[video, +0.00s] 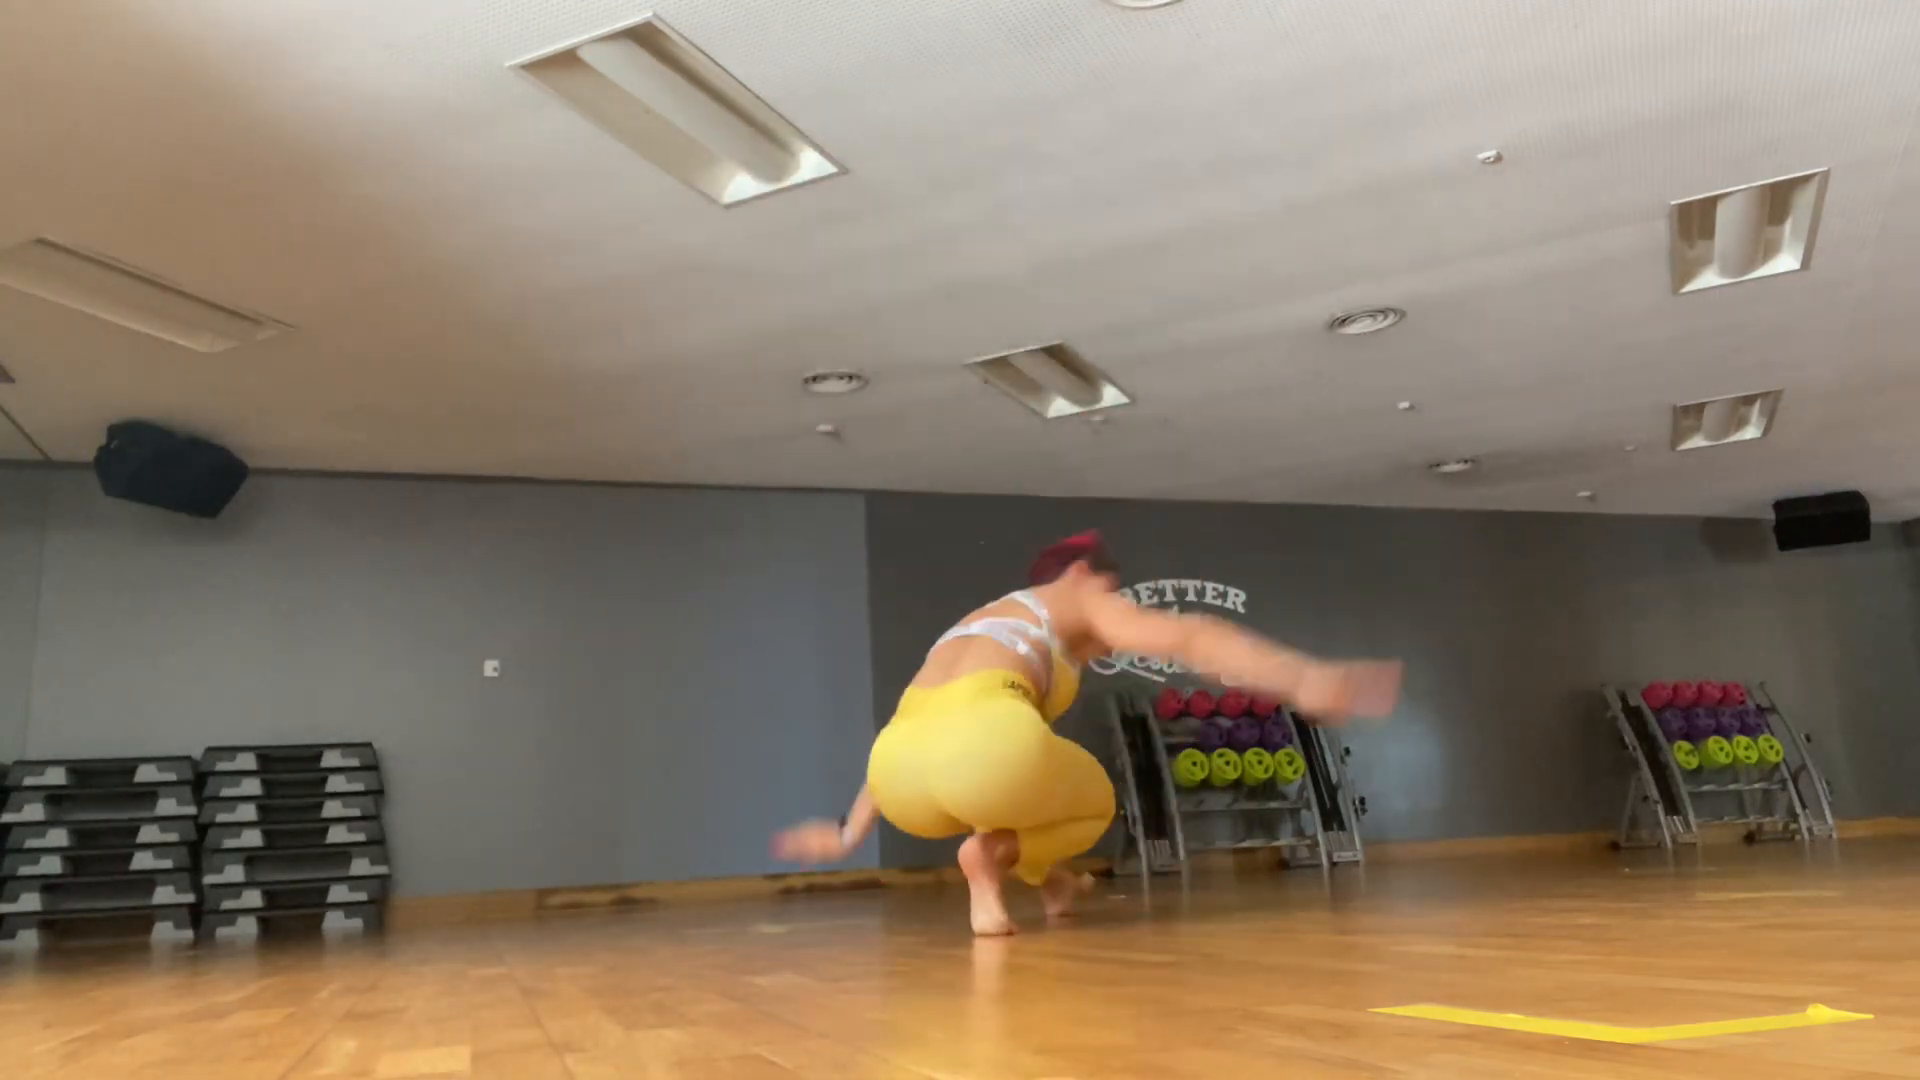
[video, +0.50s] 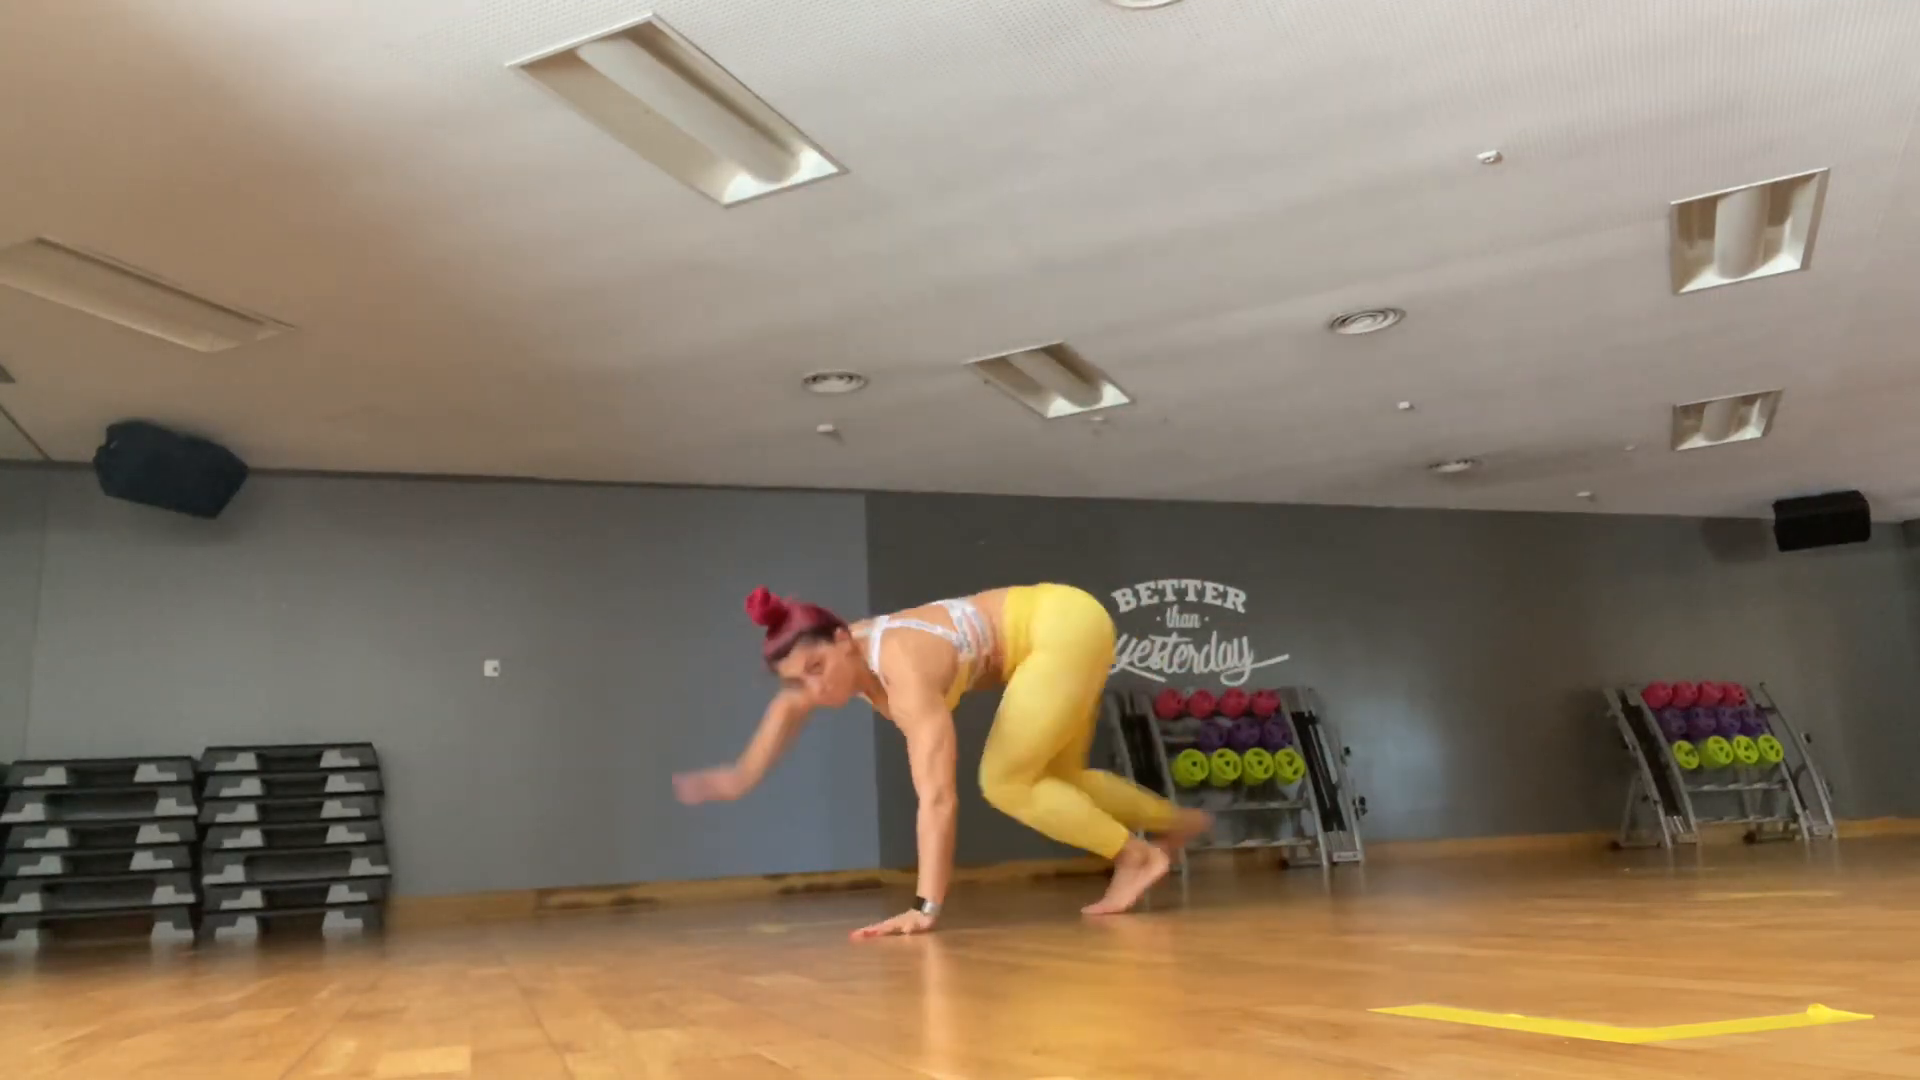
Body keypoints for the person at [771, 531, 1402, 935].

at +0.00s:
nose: (1112, 605)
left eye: (1110, 594)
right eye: (1108, 591)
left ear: (1046, 578)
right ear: (1085, 576)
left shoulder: (982, 625)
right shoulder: (1080, 597)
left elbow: (904, 723)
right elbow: (1186, 638)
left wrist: (848, 833)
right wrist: (1306, 678)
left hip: (901, 771)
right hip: (991, 747)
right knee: (1094, 801)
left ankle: (1058, 879)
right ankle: (988, 858)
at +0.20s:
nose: (879, 680)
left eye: (868, 666)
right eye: (867, 671)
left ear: (881, 638)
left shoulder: (909, 678)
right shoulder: (970, 579)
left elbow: (924, 780)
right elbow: (1019, 518)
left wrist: (921, 892)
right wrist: (997, 511)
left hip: (973, 684)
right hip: (1066, 650)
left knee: (1027, 770)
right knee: (1117, 816)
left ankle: (1105, 890)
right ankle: (1024, 846)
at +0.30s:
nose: (829, 691)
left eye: (822, 677)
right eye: (818, 683)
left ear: (845, 646)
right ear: (852, 632)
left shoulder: (901, 679)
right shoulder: (913, 593)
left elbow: (924, 791)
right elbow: (902, 559)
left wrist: (922, 900)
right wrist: (849, 570)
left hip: (1022, 653)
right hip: (1109, 621)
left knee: (1030, 761)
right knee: (1133, 791)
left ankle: (1102, 869)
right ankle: (1133, 861)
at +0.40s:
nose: (796, 700)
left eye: (795, 684)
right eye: (785, 691)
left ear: (829, 653)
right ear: (815, 653)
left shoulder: (899, 678)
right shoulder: (868, 629)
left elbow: (934, 800)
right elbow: (797, 641)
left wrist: (928, 907)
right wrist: (736, 674)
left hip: (1069, 638)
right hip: (1111, 631)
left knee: (1005, 783)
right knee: (1107, 785)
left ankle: (1134, 864)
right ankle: (1248, 812)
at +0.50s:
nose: (813, 689)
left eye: (816, 669)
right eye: (798, 681)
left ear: (844, 642)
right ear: (789, 679)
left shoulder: (908, 669)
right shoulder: (837, 658)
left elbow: (936, 796)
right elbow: (789, 710)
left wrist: (928, 906)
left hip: (1060, 627)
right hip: (1050, 633)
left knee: (1009, 781)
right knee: (1063, 776)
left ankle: (1138, 857)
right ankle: (1176, 822)